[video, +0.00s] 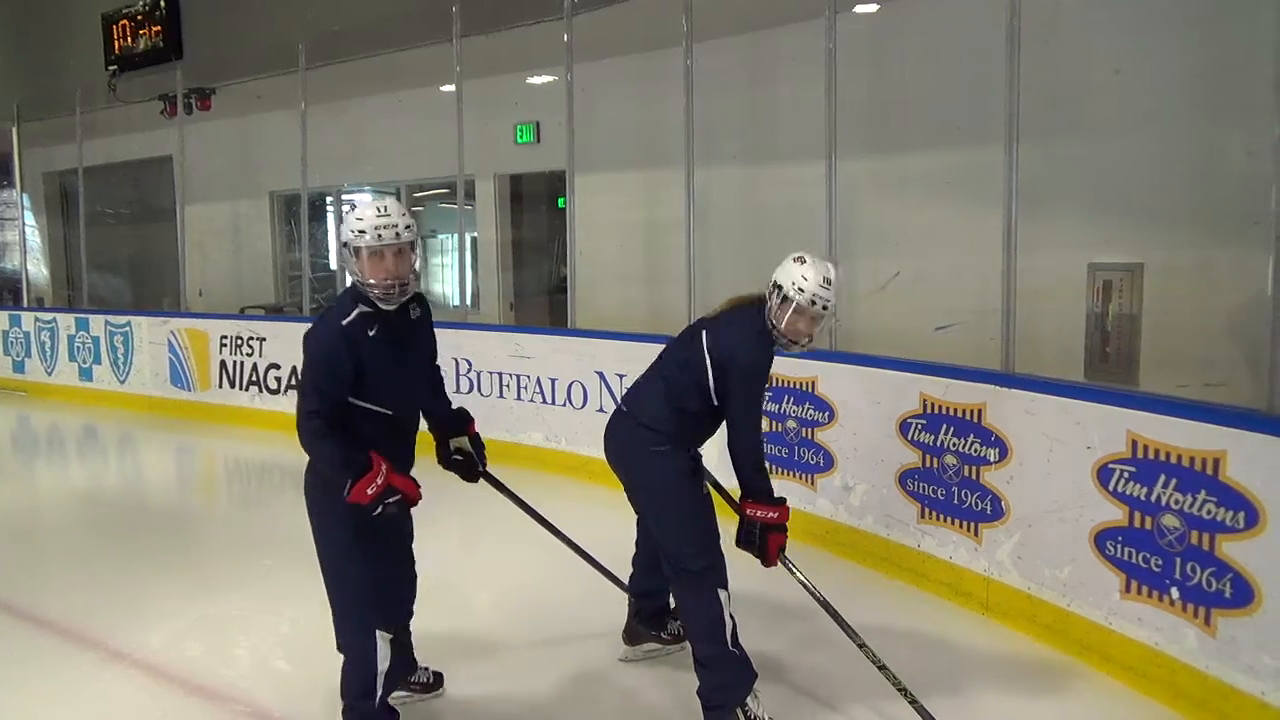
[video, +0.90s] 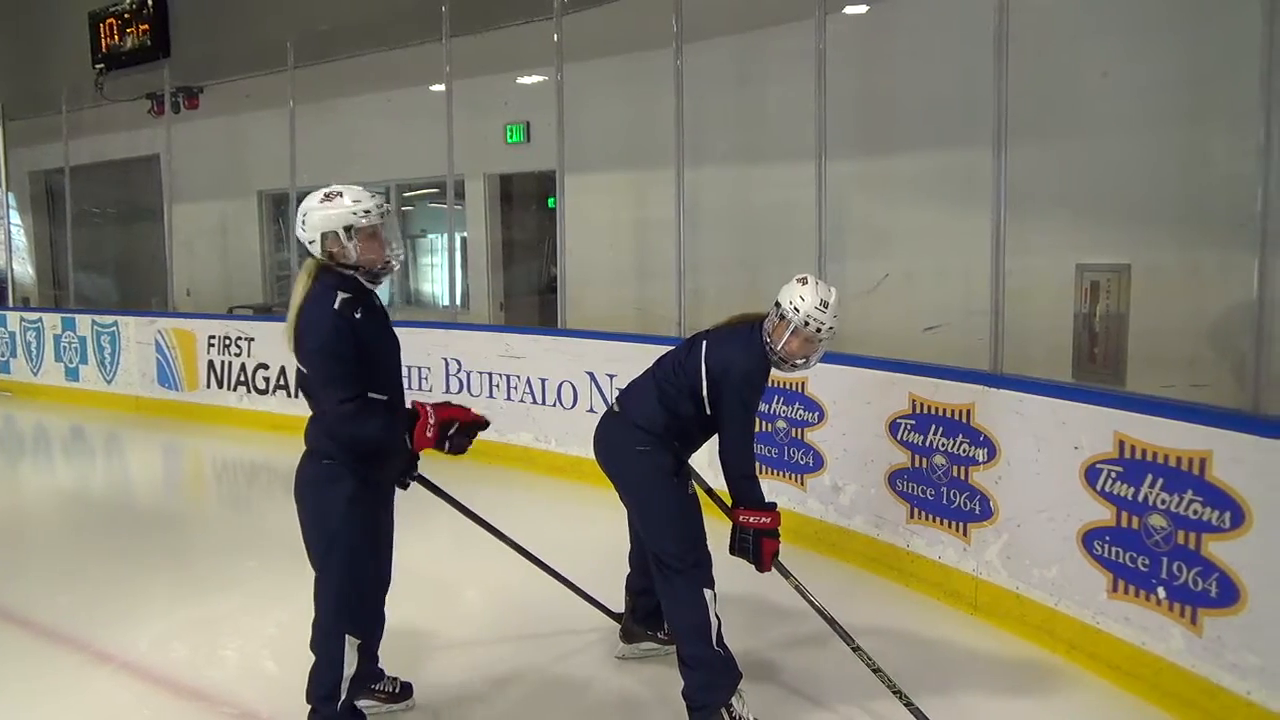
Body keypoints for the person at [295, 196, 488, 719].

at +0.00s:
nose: (391, 267)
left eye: (400, 253)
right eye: (377, 256)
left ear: (414, 256)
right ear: (355, 261)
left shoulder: (416, 313)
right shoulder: (335, 329)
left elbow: (427, 381)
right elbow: (314, 425)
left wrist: (453, 431)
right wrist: (365, 477)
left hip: (391, 479)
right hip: (341, 483)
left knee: (397, 581)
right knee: (363, 603)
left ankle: (398, 672)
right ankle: (366, 707)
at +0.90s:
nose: (383, 244)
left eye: (381, 233)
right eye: (369, 236)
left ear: (355, 243)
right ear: (336, 246)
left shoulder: (359, 298)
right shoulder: (328, 308)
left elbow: (371, 395)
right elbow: (341, 410)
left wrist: (409, 434)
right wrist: (416, 426)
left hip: (367, 471)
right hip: (337, 475)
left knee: (371, 581)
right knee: (339, 592)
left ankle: (361, 676)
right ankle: (328, 703)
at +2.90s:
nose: (388, 243)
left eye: (385, 231)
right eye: (376, 232)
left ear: (352, 240)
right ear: (345, 238)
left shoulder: (347, 300)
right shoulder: (323, 305)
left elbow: (350, 392)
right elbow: (314, 402)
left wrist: (390, 433)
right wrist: (378, 447)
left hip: (342, 471)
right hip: (314, 476)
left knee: (350, 582)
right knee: (319, 595)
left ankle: (345, 674)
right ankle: (296, 705)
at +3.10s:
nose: (387, 242)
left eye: (385, 231)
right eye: (375, 232)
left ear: (359, 240)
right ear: (344, 239)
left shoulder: (350, 298)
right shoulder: (332, 304)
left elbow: (353, 392)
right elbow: (323, 402)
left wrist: (394, 437)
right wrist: (385, 451)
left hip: (343, 471)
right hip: (319, 476)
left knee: (354, 580)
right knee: (321, 594)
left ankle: (347, 675)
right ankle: (296, 705)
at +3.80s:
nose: (398, 241)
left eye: (397, 231)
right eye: (386, 231)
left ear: (353, 240)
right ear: (357, 238)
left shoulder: (351, 295)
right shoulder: (358, 304)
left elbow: (335, 389)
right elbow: (365, 398)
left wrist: (386, 453)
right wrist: (428, 422)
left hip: (357, 469)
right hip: (340, 474)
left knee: (375, 576)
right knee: (339, 596)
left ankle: (370, 673)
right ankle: (303, 708)